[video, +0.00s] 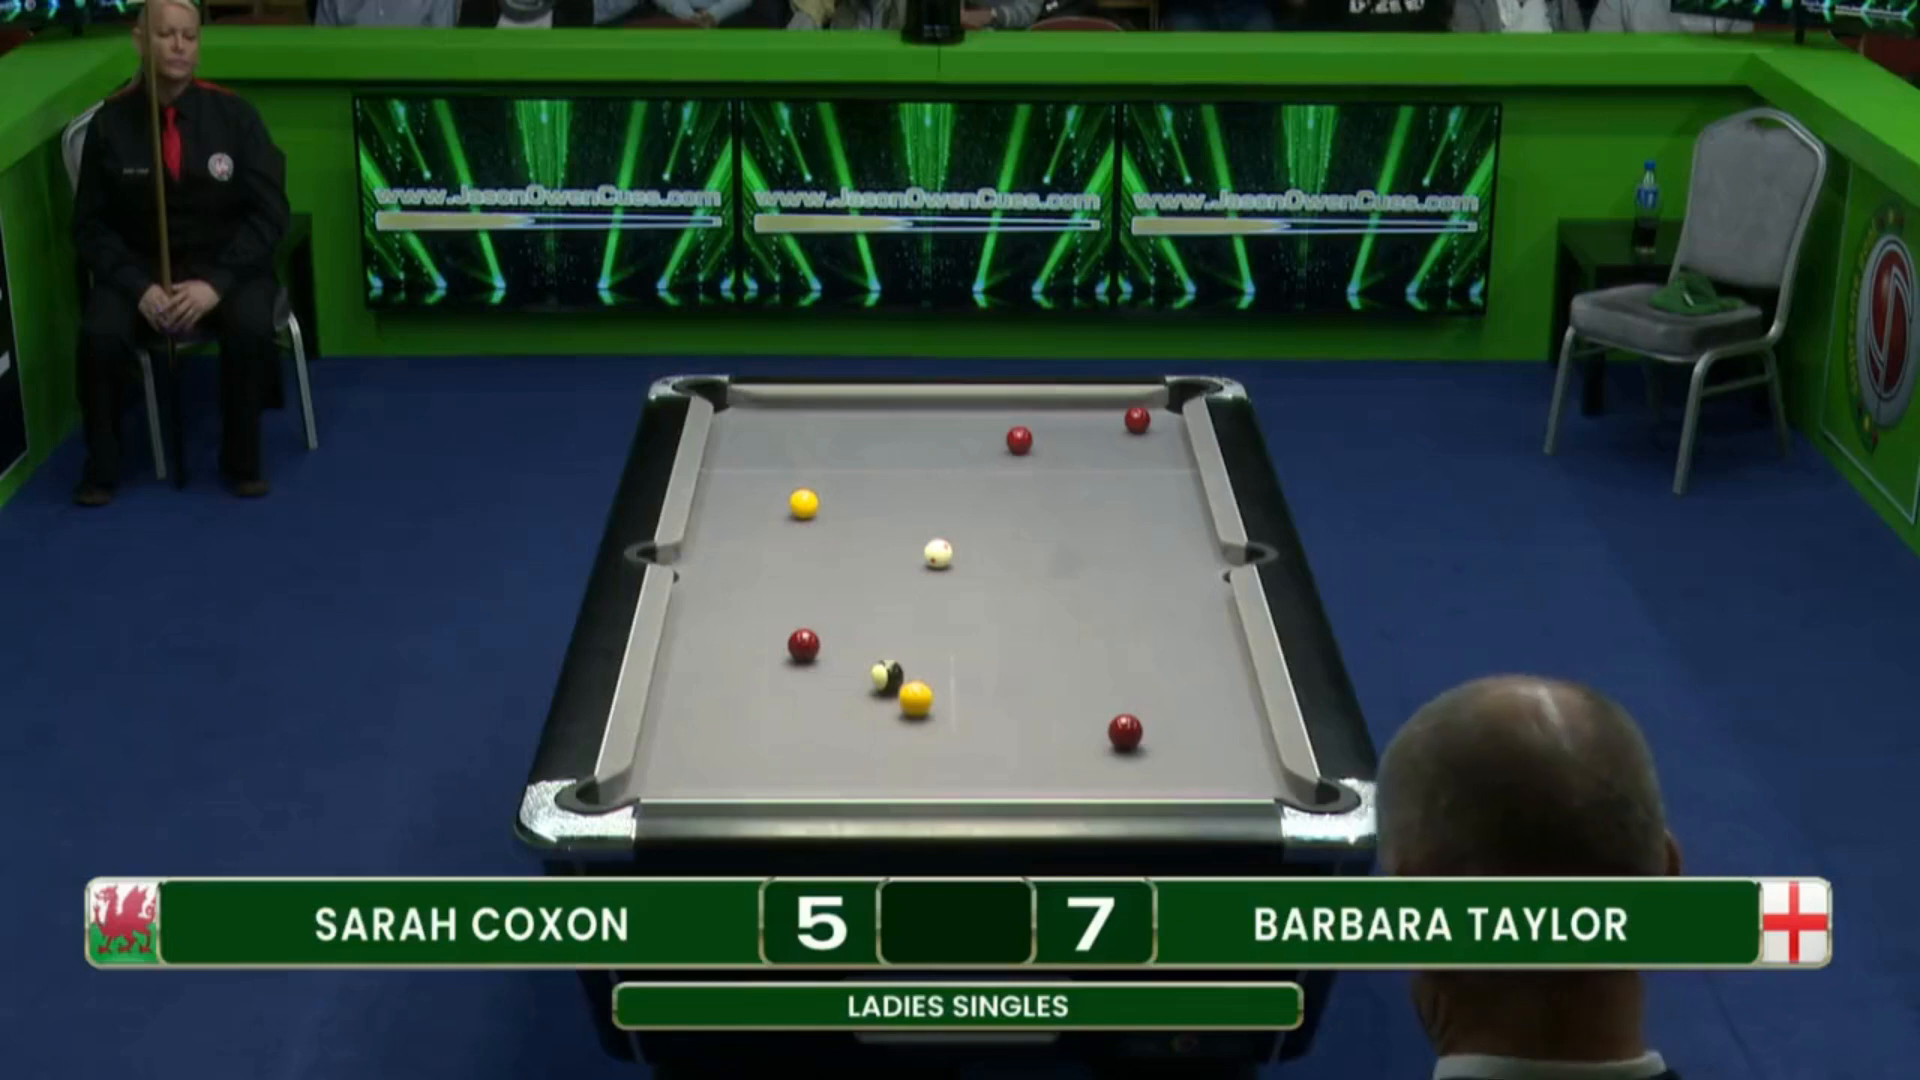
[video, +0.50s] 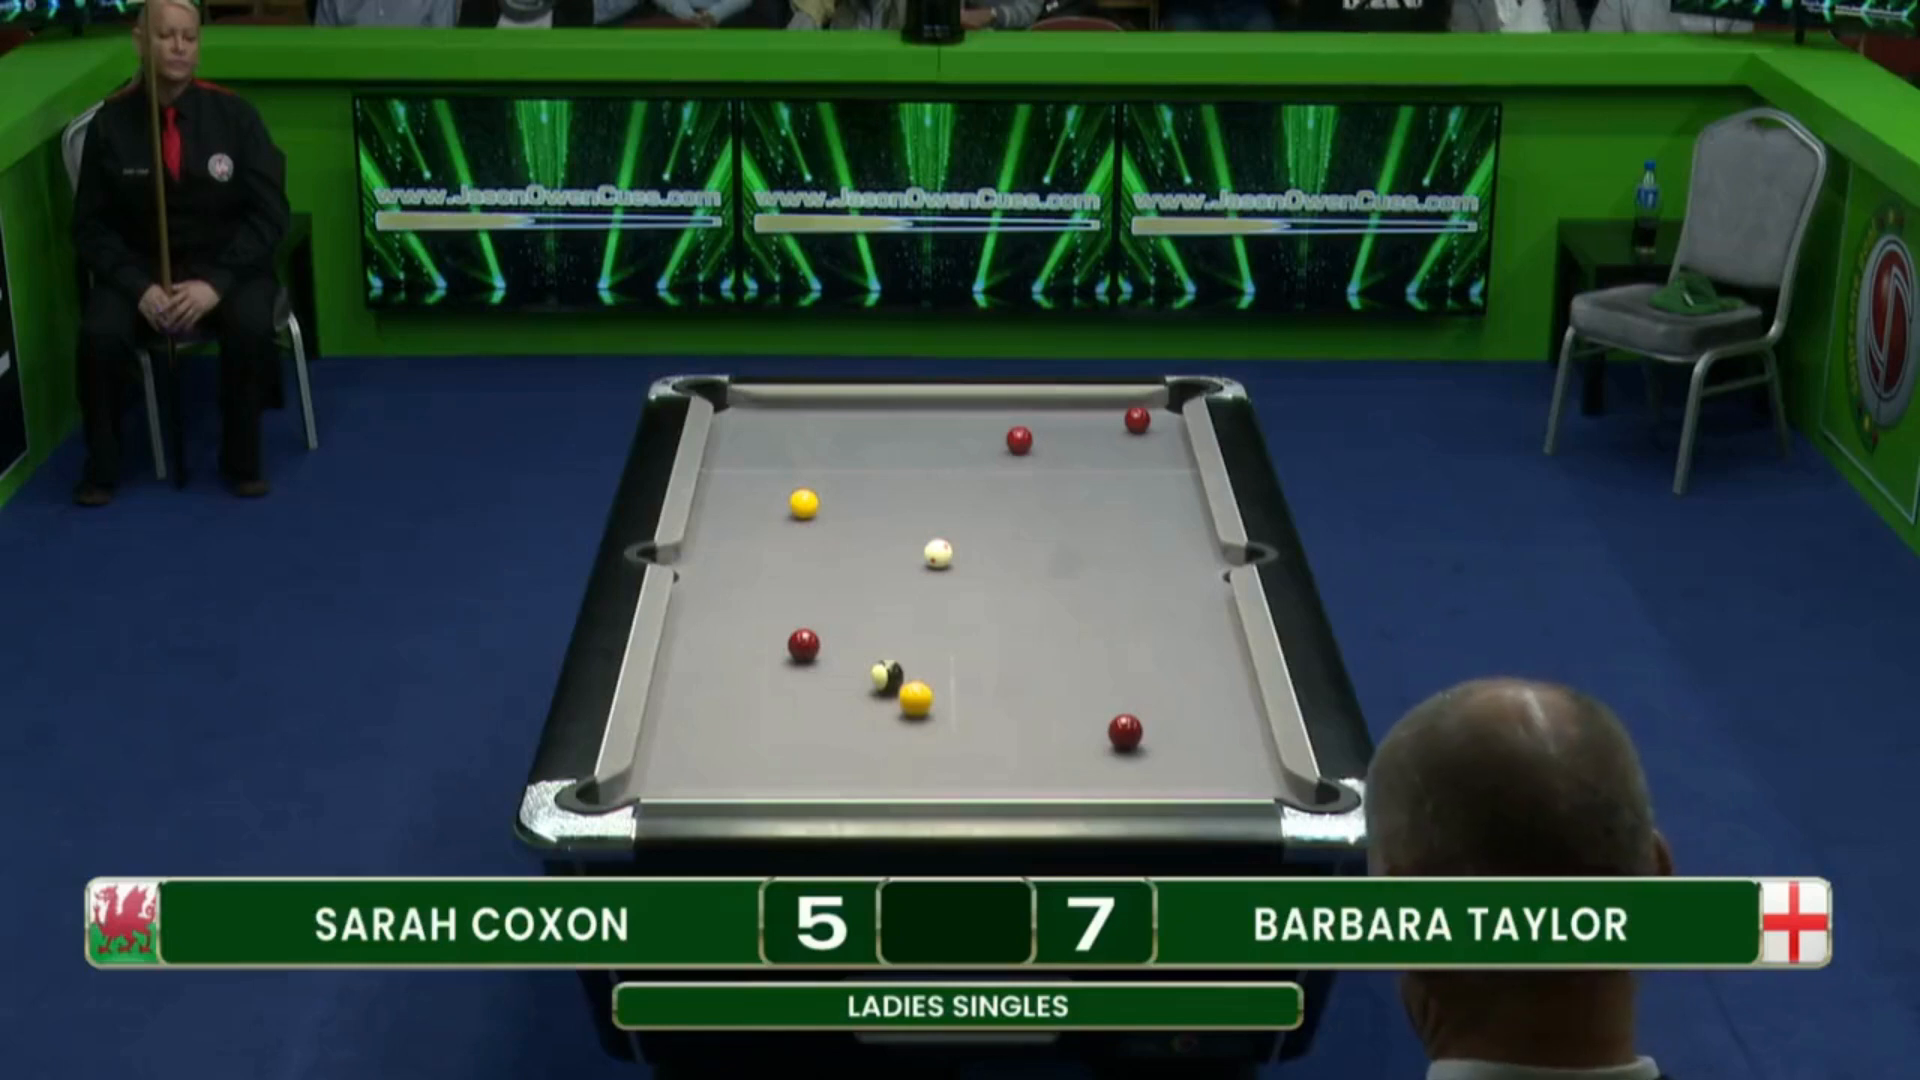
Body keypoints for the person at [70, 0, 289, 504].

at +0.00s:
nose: (180, 47)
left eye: (189, 36)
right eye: (166, 35)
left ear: (199, 43)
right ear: (141, 40)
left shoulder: (235, 115)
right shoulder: (111, 121)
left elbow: (269, 214)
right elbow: (90, 226)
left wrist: (213, 283)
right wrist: (140, 287)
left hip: (221, 268)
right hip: (138, 274)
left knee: (249, 327)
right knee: (102, 333)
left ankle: (243, 462)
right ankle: (101, 468)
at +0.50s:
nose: (180, 48)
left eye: (189, 37)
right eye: (166, 36)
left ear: (199, 44)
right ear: (141, 41)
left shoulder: (235, 115)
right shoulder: (111, 121)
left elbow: (269, 214)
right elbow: (90, 226)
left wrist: (213, 283)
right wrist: (140, 287)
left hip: (221, 267)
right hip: (138, 273)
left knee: (249, 327)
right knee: (102, 334)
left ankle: (243, 462)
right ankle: (102, 468)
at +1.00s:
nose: (180, 47)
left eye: (189, 37)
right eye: (166, 36)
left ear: (199, 44)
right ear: (141, 41)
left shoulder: (235, 115)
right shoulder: (111, 121)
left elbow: (269, 214)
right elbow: (90, 226)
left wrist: (213, 283)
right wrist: (140, 287)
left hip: (221, 268)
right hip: (138, 274)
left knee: (249, 327)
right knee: (102, 333)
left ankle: (243, 462)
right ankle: (101, 468)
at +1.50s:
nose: (180, 48)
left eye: (189, 37)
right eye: (166, 36)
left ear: (199, 44)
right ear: (141, 41)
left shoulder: (235, 115)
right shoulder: (111, 121)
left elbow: (269, 214)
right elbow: (90, 226)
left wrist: (213, 283)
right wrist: (140, 287)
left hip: (221, 267)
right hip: (138, 274)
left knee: (248, 327)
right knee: (102, 333)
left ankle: (243, 462)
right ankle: (101, 468)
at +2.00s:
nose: (180, 48)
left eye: (189, 37)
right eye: (166, 36)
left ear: (199, 44)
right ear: (141, 41)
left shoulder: (234, 115)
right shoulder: (111, 122)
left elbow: (269, 214)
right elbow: (90, 226)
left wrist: (213, 283)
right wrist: (140, 287)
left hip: (221, 267)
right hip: (138, 274)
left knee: (249, 326)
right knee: (102, 333)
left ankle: (243, 462)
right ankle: (101, 468)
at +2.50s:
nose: (178, 49)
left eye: (188, 38)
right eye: (165, 37)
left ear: (199, 44)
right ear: (141, 41)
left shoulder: (235, 115)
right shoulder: (111, 122)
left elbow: (269, 214)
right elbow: (90, 226)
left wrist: (213, 283)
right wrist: (140, 287)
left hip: (221, 267)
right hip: (138, 274)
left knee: (249, 329)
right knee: (101, 335)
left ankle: (243, 461)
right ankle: (102, 467)